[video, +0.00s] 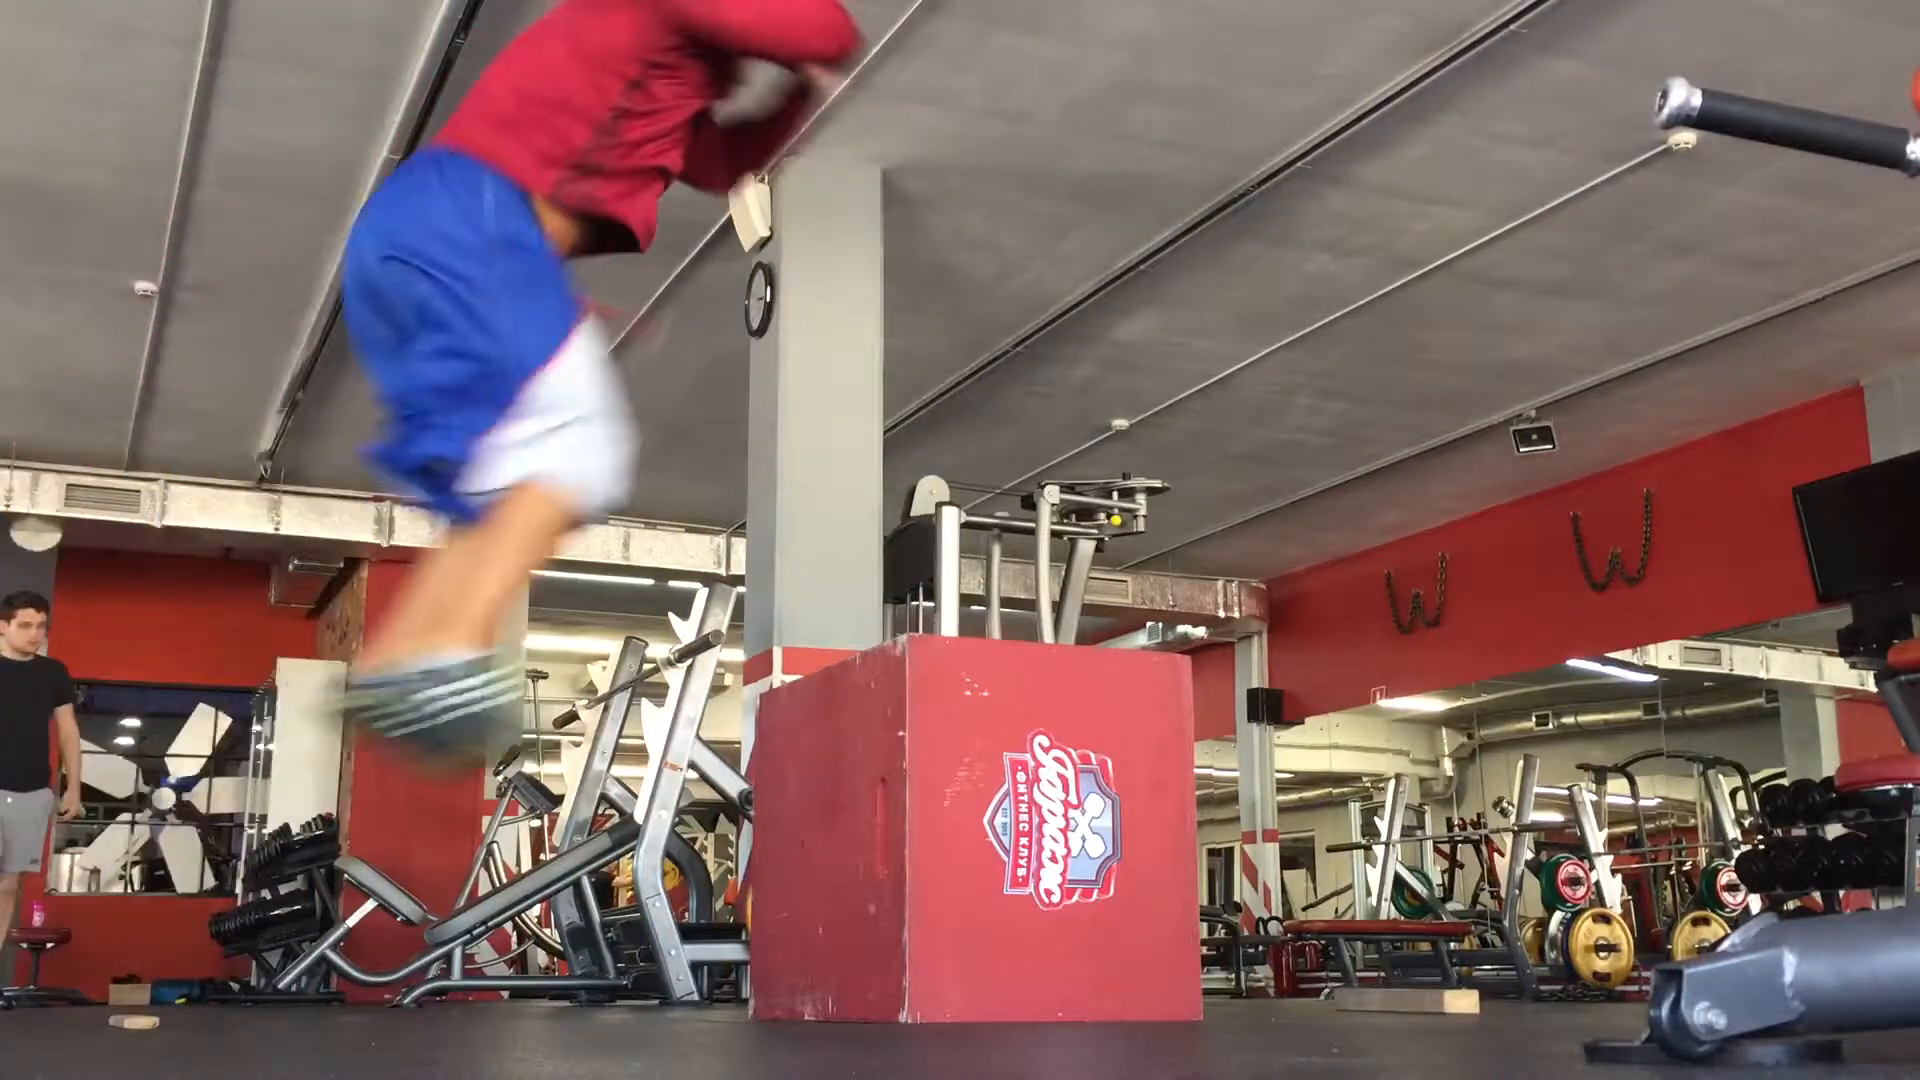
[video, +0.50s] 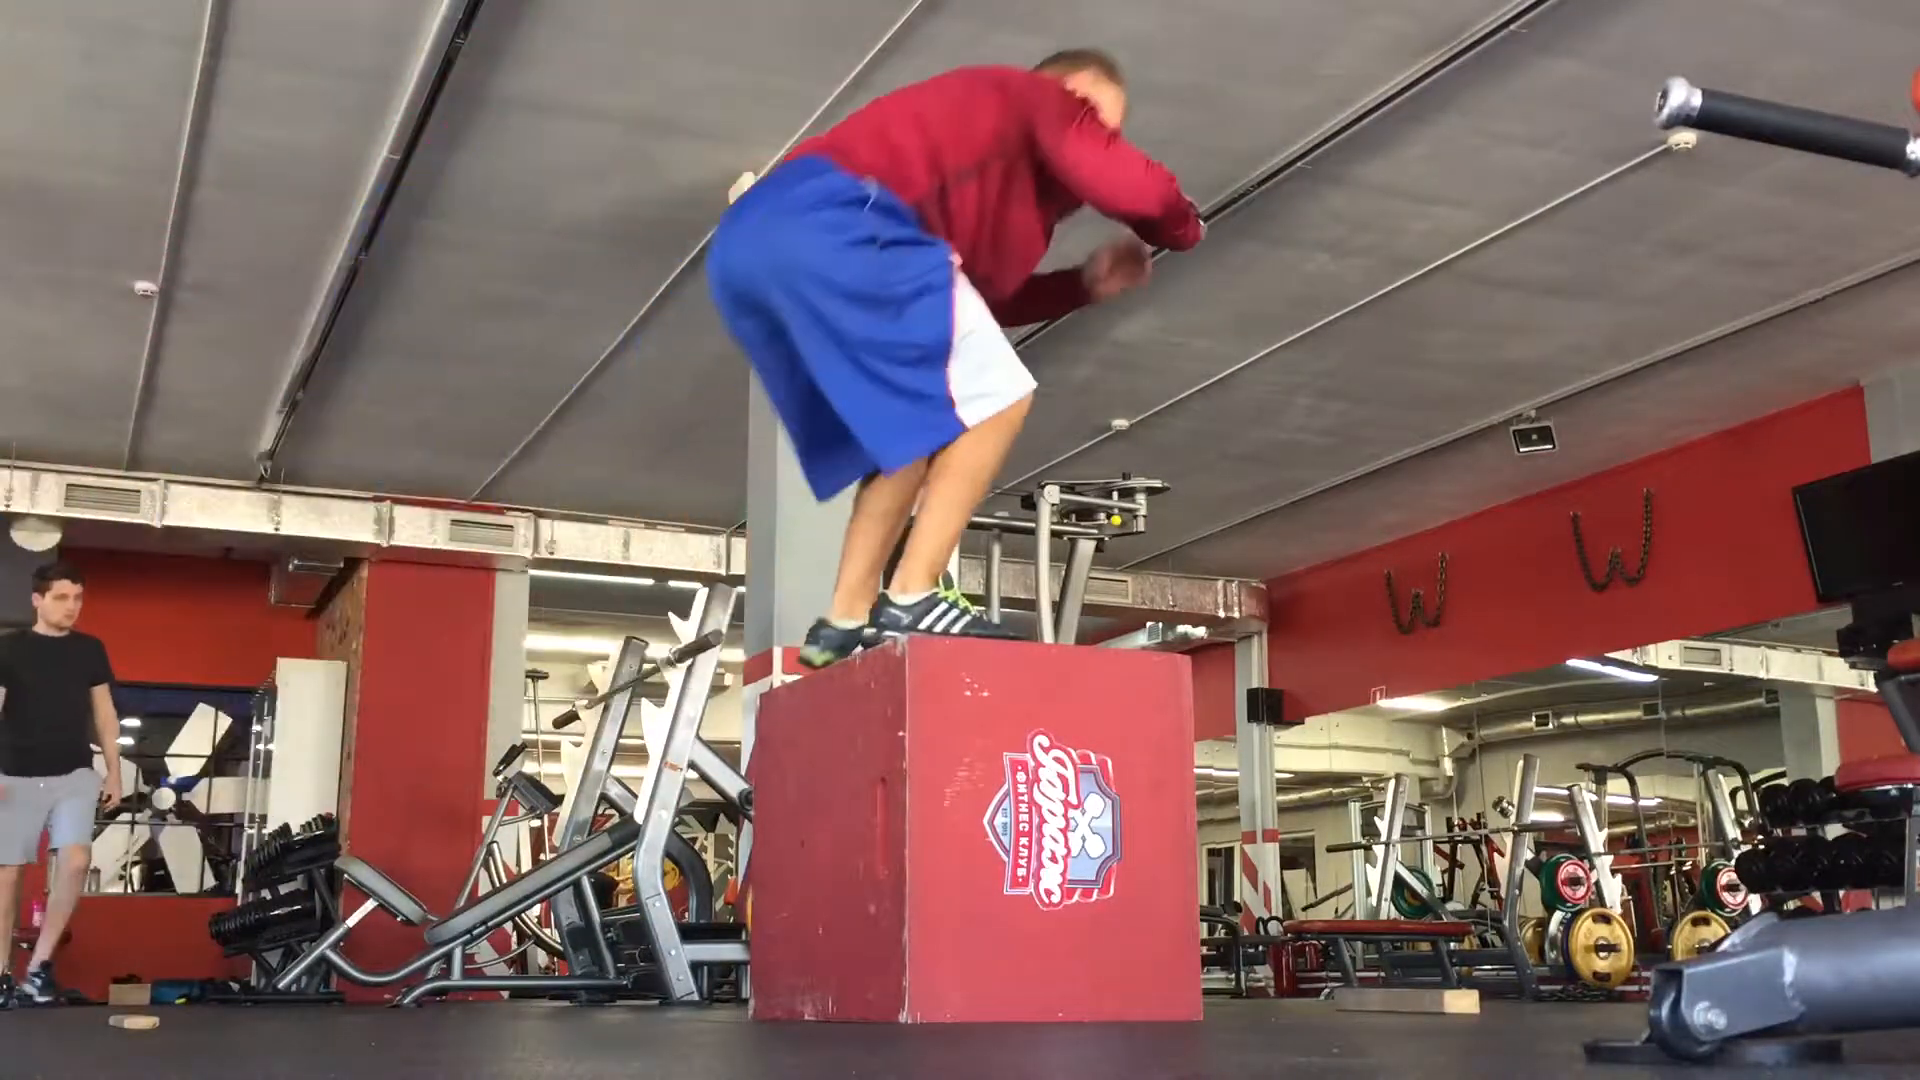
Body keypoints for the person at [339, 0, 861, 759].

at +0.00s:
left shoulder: (657, 79)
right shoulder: (665, 12)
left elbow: (720, 161)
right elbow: (827, 31)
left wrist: (805, 89)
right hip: (461, 214)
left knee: (511, 478)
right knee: (580, 443)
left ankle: (393, 660)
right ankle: (446, 652)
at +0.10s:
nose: (842, 91)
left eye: (847, 75)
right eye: (842, 67)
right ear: (822, 45)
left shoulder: (721, 146)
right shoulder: (772, 36)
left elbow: (787, 246)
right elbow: (909, 114)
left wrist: (897, 238)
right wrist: (944, 180)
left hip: (461, 224)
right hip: (539, 189)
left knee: (659, 412)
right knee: (733, 351)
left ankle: (669, 612)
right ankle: (751, 580)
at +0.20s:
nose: (924, 175)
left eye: (936, 156)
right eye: (934, 149)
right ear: (915, 116)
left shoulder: (809, 220)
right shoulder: (869, 113)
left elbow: (878, 308)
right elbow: (1002, 187)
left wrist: (979, 294)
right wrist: (1022, 247)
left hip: (545, 295)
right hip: (614, 238)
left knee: (765, 421)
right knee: (850, 350)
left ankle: (821, 630)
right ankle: (896, 596)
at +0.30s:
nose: (1005, 195)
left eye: (1005, 183)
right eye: (1003, 177)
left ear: (950, 144)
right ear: (980, 155)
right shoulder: (946, 158)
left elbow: (977, 314)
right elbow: (1086, 213)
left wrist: (1064, 264)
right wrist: (1102, 244)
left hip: (635, 346)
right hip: (712, 306)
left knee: (838, 456)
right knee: (946, 370)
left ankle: (834, 631)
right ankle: (912, 595)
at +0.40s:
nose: (1057, 178)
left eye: (1062, 167)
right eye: (1052, 159)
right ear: (1022, 134)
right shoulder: (987, 144)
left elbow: (1024, 298)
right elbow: (1139, 226)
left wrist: (1098, 238)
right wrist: (1134, 195)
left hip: (691, 317)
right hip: (777, 283)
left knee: (876, 465)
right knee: (989, 388)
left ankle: (837, 627)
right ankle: (913, 596)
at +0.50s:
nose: (1100, 135)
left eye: (1109, 127)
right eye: (1100, 114)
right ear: (1067, 87)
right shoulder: (1038, 95)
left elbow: (982, 302)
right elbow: (1133, 190)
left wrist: (1083, 284)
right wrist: (1183, 229)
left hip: (743, 243)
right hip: (826, 221)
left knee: (913, 433)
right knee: (999, 398)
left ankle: (846, 621)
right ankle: (913, 595)